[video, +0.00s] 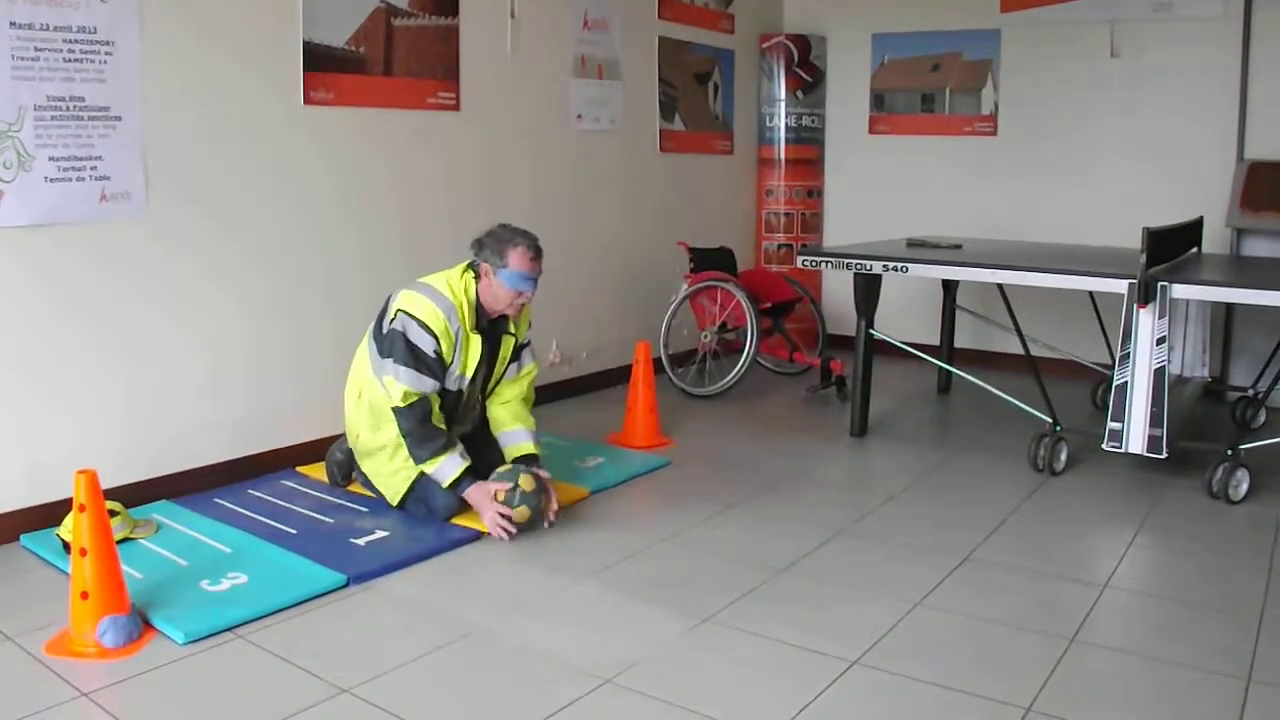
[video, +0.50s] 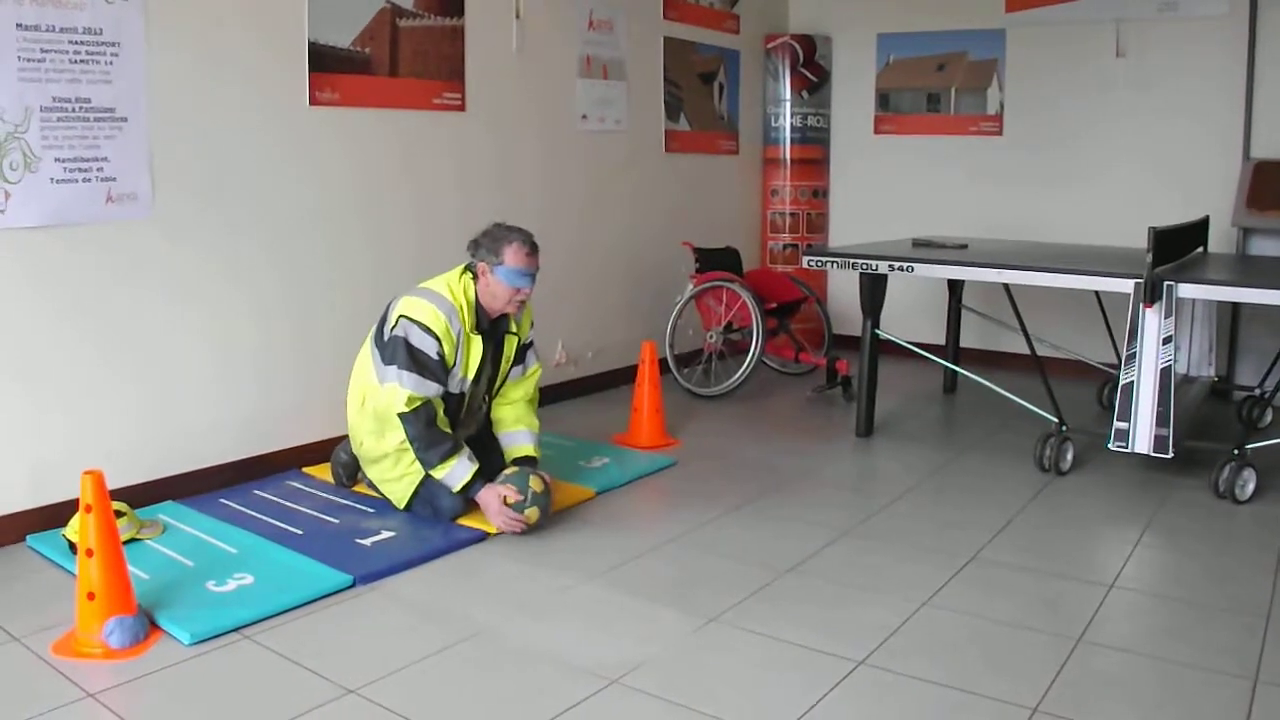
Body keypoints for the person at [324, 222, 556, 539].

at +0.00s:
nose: (527, 297)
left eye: (532, 287)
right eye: (519, 286)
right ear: (486, 274)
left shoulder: (514, 314)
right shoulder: (423, 313)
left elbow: (510, 395)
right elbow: (414, 416)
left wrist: (529, 467)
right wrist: (469, 487)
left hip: (454, 415)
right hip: (386, 427)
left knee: (505, 481)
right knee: (444, 505)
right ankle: (360, 458)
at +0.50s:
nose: (527, 292)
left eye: (532, 280)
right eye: (517, 280)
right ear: (483, 272)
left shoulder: (516, 314)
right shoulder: (426, 316)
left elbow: (515, 394)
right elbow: (416, 419)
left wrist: (525, 466)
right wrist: (479, 489)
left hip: (456, 416)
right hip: (388, 428)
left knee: (498, 476)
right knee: (450, 506)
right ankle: (369, 458)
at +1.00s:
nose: (540, 288)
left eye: (545, 277)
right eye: (530, 276)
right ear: (495, 270)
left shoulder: (529, 310)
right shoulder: (439, 313)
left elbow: (529, 387)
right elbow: (404, 410)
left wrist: (525, 453)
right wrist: (467, 473)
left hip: (464, 418)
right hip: (398, 432)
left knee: (513, 482)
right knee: (454, 506)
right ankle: (372, 459)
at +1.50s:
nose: (550, 286)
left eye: (554, 274)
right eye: (541, 274)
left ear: (559, 272)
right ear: (505, 271)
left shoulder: (536, 305)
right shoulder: (462, 313)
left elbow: (570, 362)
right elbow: (504, 397)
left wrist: (622, 392)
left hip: (471, 405)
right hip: (410, 416)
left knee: (516, 485)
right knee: (456, 509)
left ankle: (432, 447)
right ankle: (377, 455)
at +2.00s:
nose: (578, 299)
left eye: (583, 288)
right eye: (569, 287)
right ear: (535, 280)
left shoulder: (557, 328)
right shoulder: (474, 320)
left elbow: (538, 398)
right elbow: (422, 410)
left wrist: (557, 458)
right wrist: (458, 484)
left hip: (482, 416)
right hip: (412, 424)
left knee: (523, 490)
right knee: (458, 514)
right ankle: (382, 460)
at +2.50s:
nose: (563, 302)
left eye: (568, 292)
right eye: (553, 290)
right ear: (520, 283)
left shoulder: (547, 331)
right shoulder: (464, 319)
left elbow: (546, 408)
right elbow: (429, 411)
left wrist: (569, 482)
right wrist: (439, 510)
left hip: (482, 421)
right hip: (407, 427)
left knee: (524, 489)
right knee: (466, 512)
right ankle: (384, 468)